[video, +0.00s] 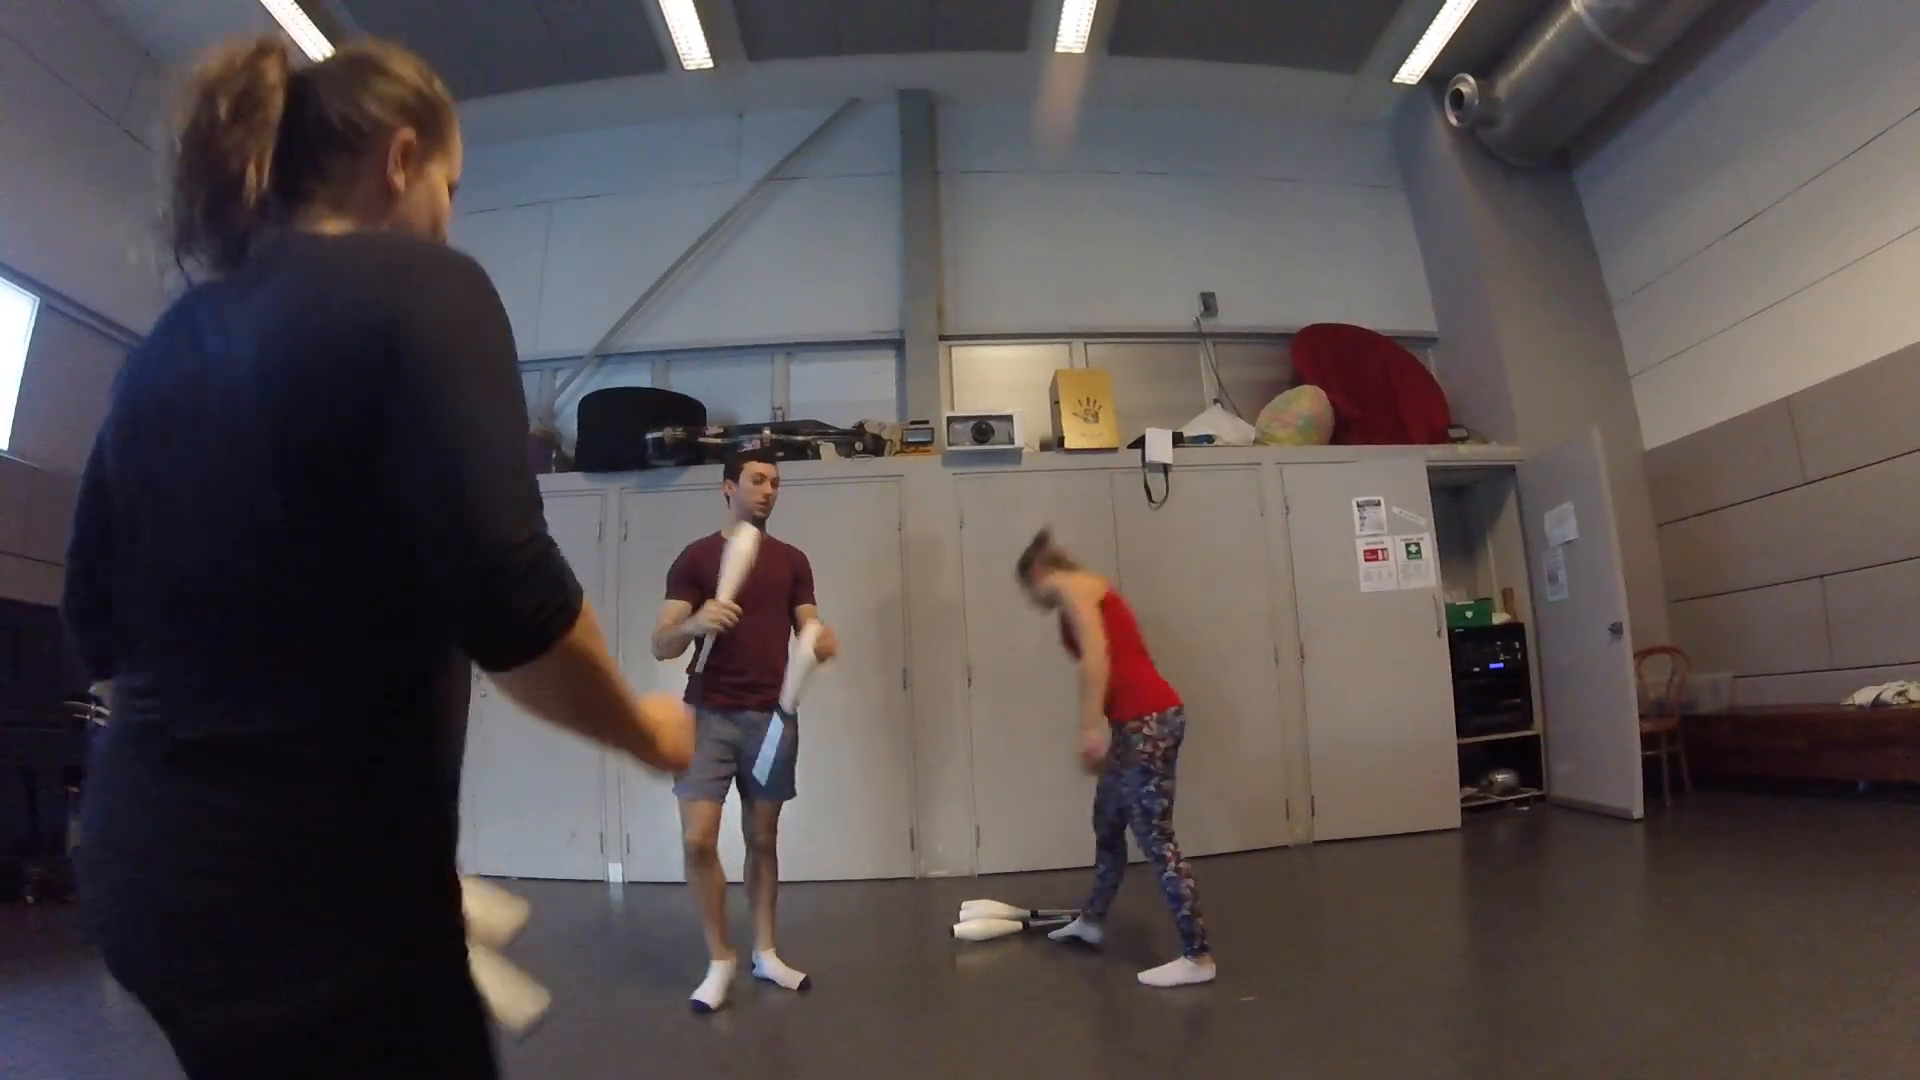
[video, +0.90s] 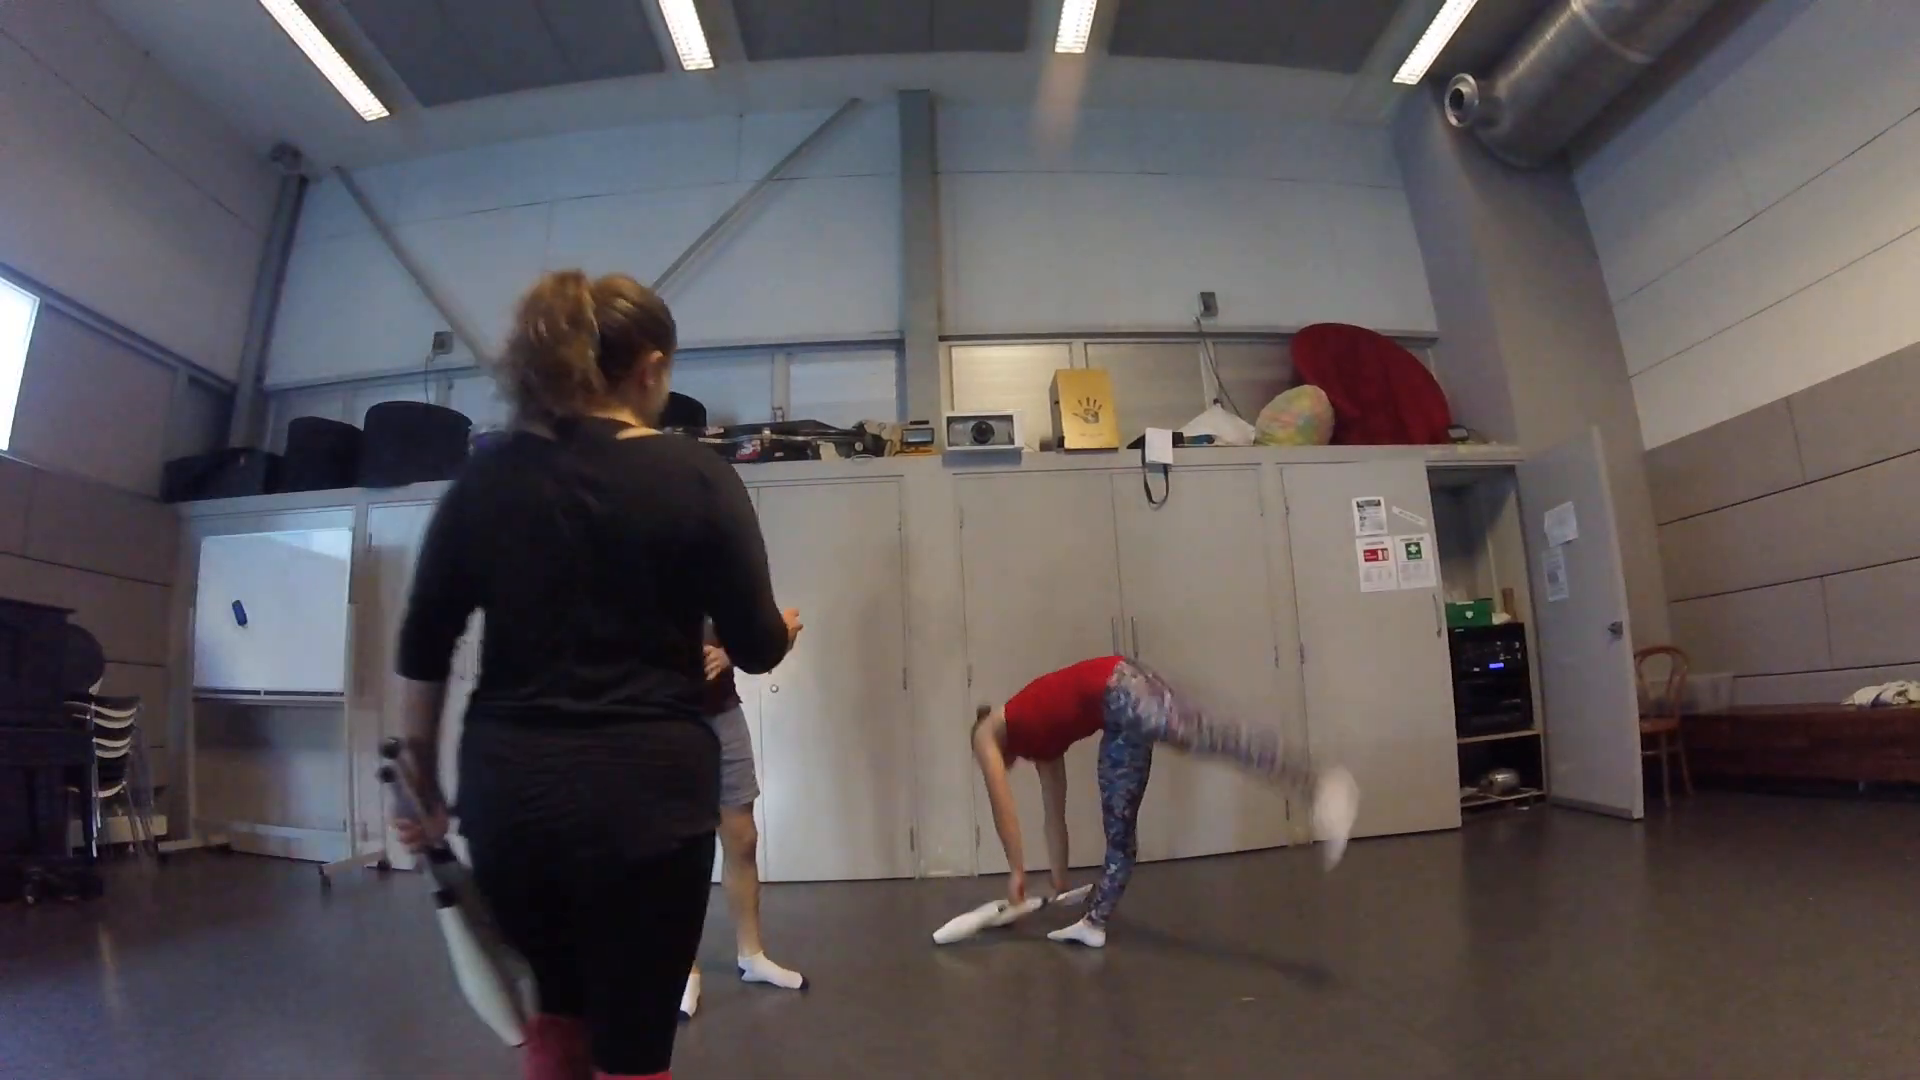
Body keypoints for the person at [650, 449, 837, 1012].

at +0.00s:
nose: (768, 491)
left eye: (773, 483)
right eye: (758, 480)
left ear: (777, 494)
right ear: (728, 488)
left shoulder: (790, 561)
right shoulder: (697, 558)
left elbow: (808, 628)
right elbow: (664, 646)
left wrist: (819, 638)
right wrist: (696, 621)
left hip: (771, 718)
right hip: (708, 717)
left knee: (763, 840)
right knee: (697, 843)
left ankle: (766, 953)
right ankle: (720, 960)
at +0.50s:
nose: (709, 487)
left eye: (719, 478)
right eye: (699, 477)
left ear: (732, 487)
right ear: (680, 484)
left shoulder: (753, 557)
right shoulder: (653, 557)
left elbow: (773, 649)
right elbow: (639, 641)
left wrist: (790, 623)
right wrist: (705, 651)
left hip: (737, 719)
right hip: (672, 722)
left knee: (747, 843)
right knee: (678, 851)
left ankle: (763, 954)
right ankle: (687, 972)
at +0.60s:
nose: (695, 488)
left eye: (705, 478)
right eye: (686, 478)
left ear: (721, 486)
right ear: (669, 486)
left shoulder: (742, 557)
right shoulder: (645, 553)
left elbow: (763, 642)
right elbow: (627, 649)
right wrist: (706, 653)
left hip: (730, 718)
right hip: (665, 722)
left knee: (745, 842)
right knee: (674, 851)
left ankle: (761, 953)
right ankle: (686, 973)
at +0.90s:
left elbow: (754, 621)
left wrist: (727, 652)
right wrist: (683, 658)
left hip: (720, 709)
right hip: (662, 716)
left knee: (742, 842)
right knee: (671, 853)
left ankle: (750, 954)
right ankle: (684, 968)